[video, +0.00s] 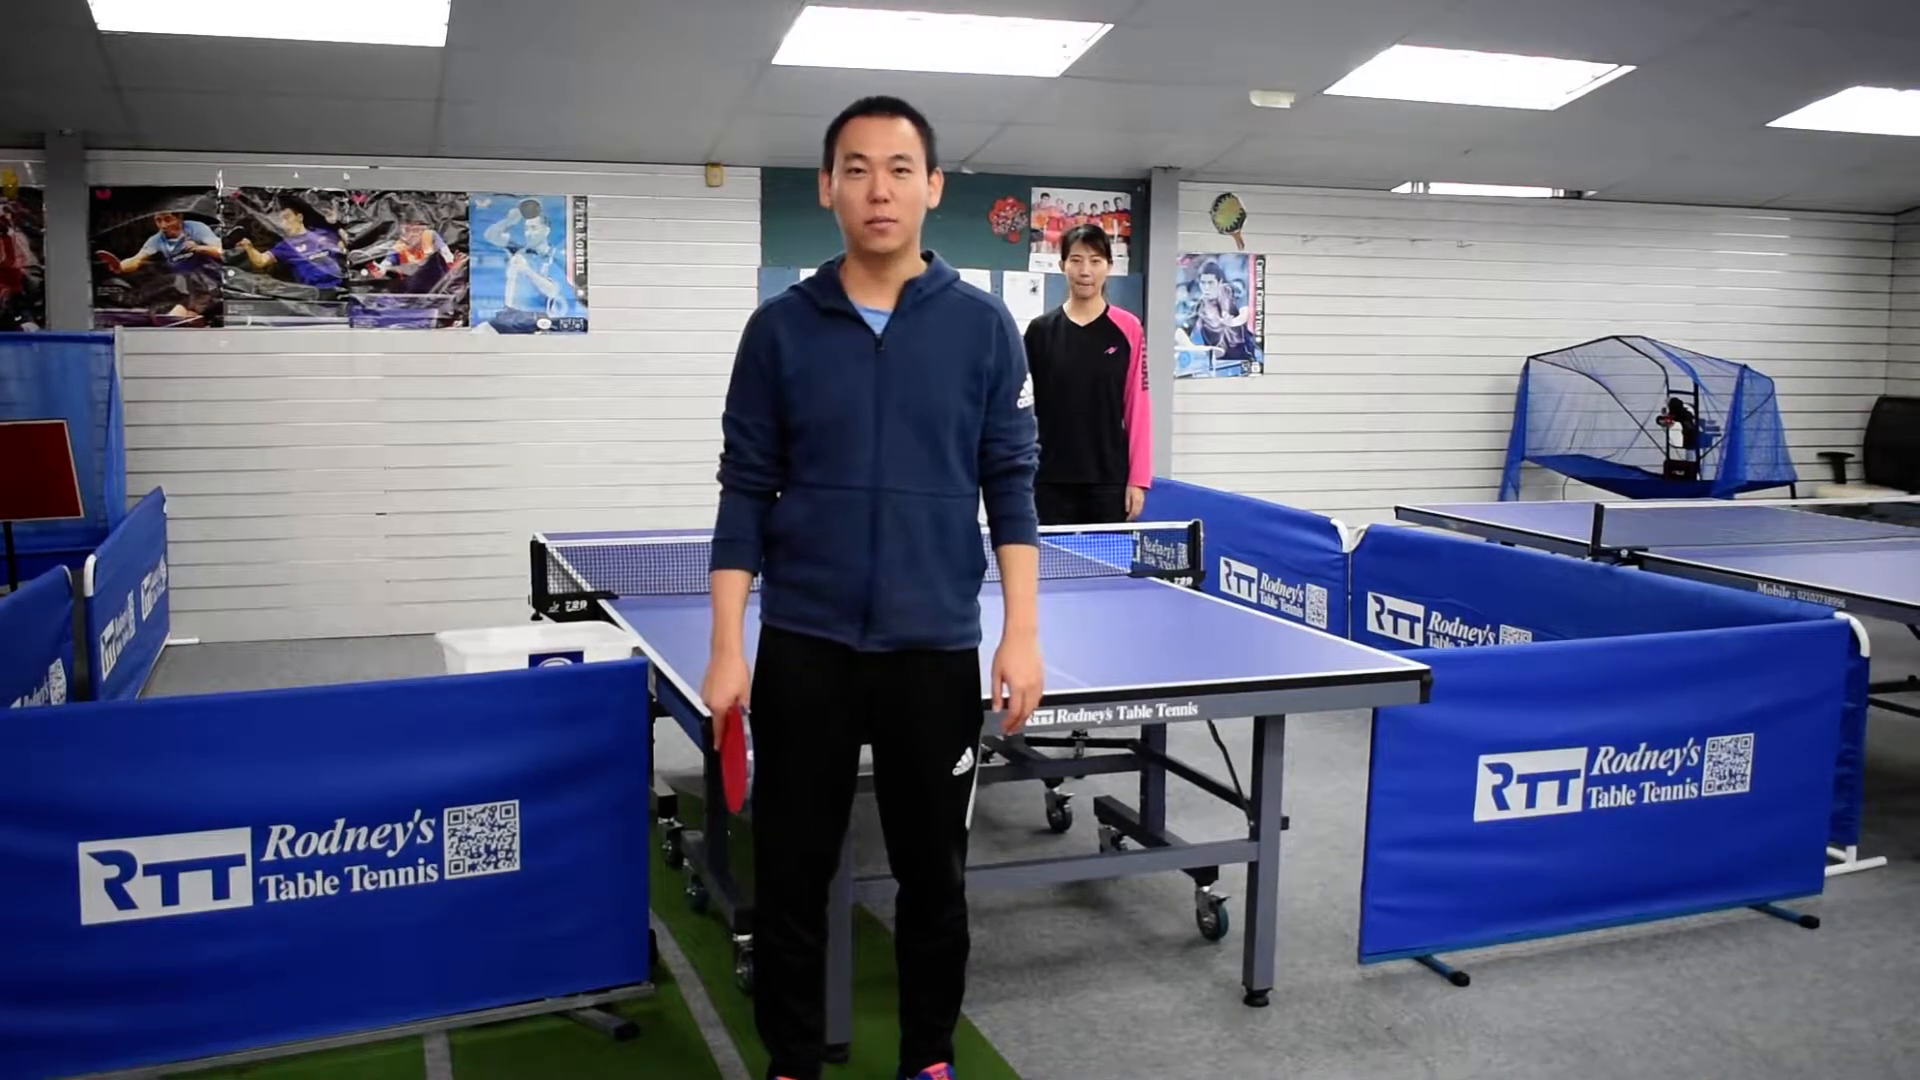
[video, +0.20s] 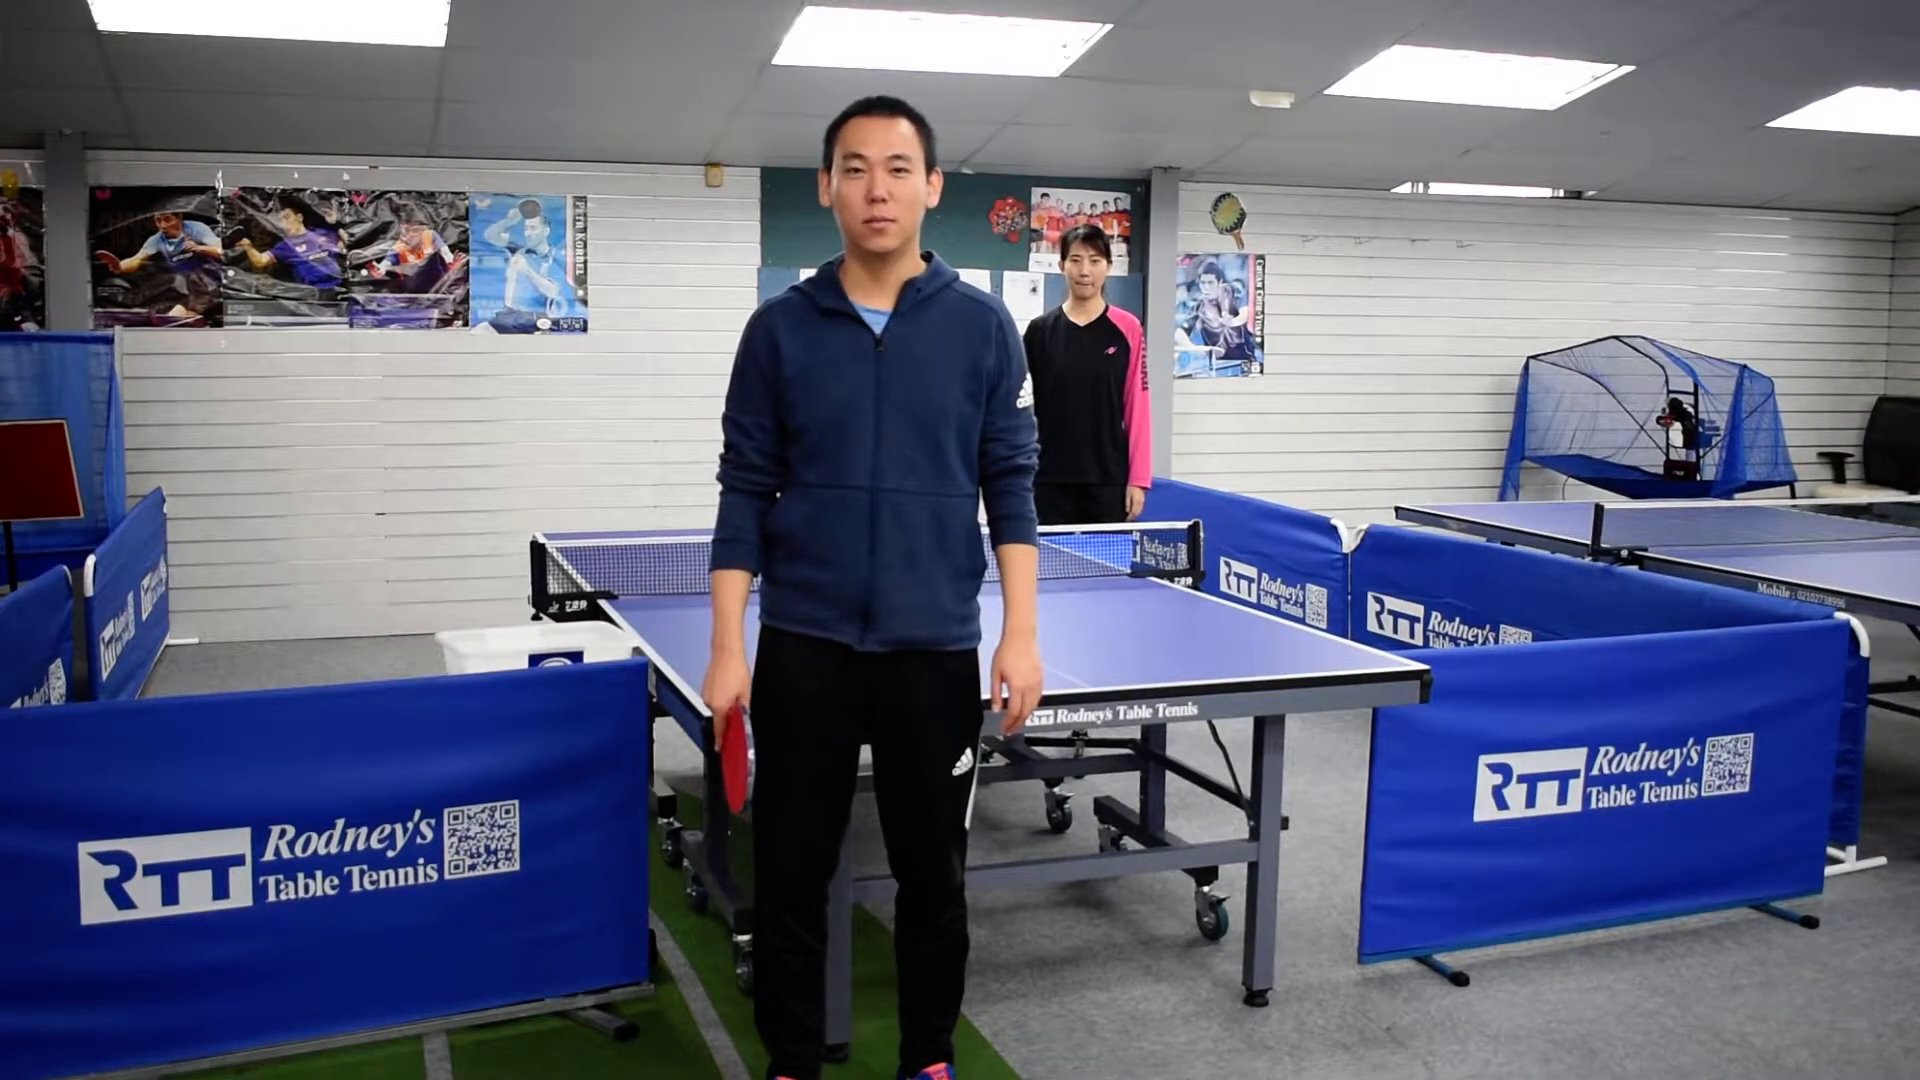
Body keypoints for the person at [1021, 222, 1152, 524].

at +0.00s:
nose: (1085, 271)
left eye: (1095, 262)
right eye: (1076, 261)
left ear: (1109, 268)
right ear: (1063, 266)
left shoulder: (1128, 329)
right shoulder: (1039, 331)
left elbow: (1137, 406)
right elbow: (1021, 404)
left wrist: (1138, 478)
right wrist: (1020, 478)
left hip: (1108, 481)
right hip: (1050, 481)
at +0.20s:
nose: (1085, 271)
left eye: (1095, 261)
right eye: (1075, 261)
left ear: (1108, 268)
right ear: (1063, 266)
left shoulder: (1128, 329)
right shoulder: (1039, 331)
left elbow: (1137, 407)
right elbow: (1020, 404)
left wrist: (1138, 478)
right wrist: (1019, 478)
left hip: (1107, 482)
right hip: (1049, 481)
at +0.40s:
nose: (1084, 271)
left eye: (1095, 262)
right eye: (1075, 261)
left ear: (1108, 268)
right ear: (1062, 266)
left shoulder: (1128, 329)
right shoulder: (1039, 331)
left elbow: (1137, 407)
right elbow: (1021, 405)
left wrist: (1138, 478)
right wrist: (1020, 478)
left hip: (1107, 482)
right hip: (1049, 482)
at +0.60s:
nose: (1085, 271)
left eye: (1095, 262)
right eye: (1075, 261)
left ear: (1108, 268)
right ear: (1063, 266)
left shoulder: (1128, 329)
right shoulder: (1039, 331)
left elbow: (1137, 407)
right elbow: (1021, 405)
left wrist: (1138, 479)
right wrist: (1020, 478)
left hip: (1107, 482)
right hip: (1049, 482)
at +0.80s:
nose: (1085, 271)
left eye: (1095, 262)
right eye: (1076, 261)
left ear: (1108, 268)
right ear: (1063, 266)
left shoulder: (1128, 329)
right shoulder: (1039, 331)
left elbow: (1137, 407)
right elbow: (1021, 405)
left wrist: (1138, 479)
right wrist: (1020, 478)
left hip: (1107, 482)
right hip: (1050, 481)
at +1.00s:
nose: (1085, 271)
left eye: (1095, 262)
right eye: (1076, 261)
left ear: (1109, 268)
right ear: (1063, 266)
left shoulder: (1128, 329)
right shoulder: (1039, 331)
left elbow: (1137, 407)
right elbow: (1022, 405)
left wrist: (1138, 479)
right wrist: (1019, 479)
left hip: (1107, 483)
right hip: (1049, 482)